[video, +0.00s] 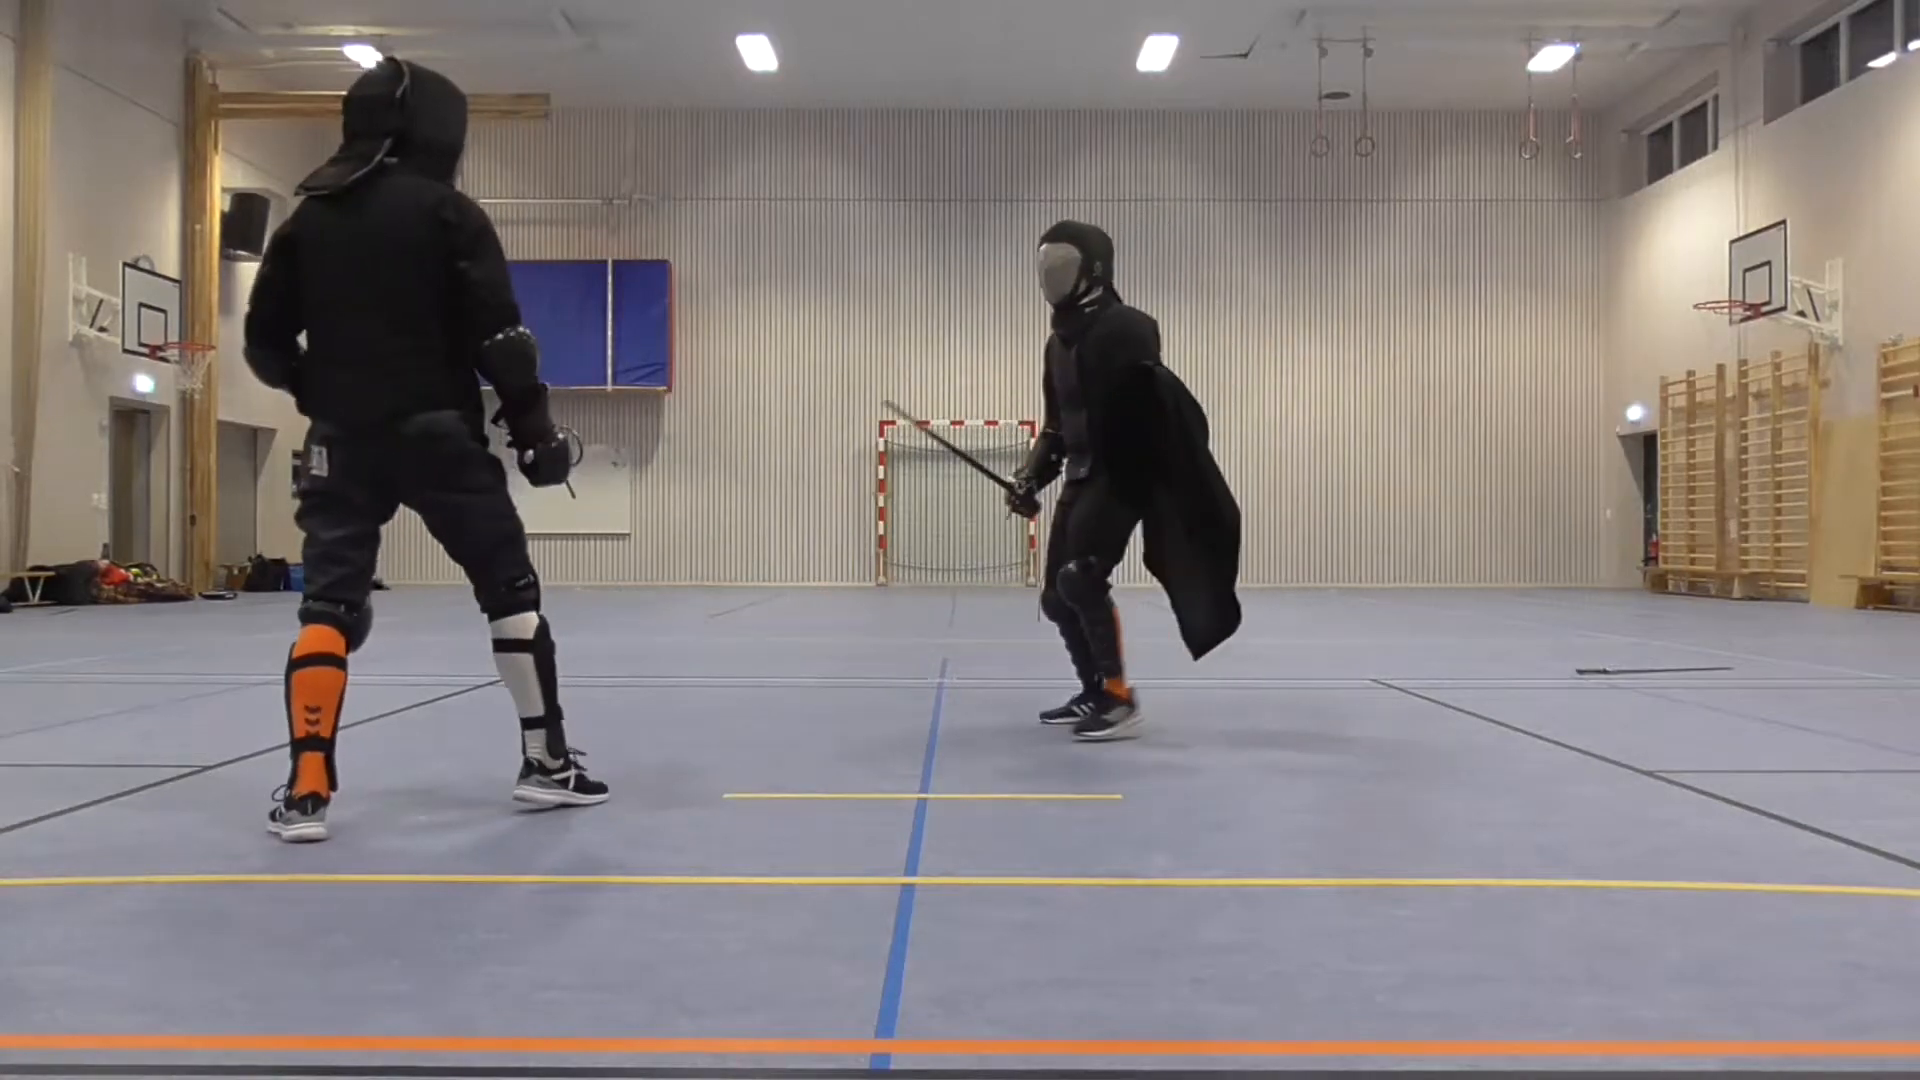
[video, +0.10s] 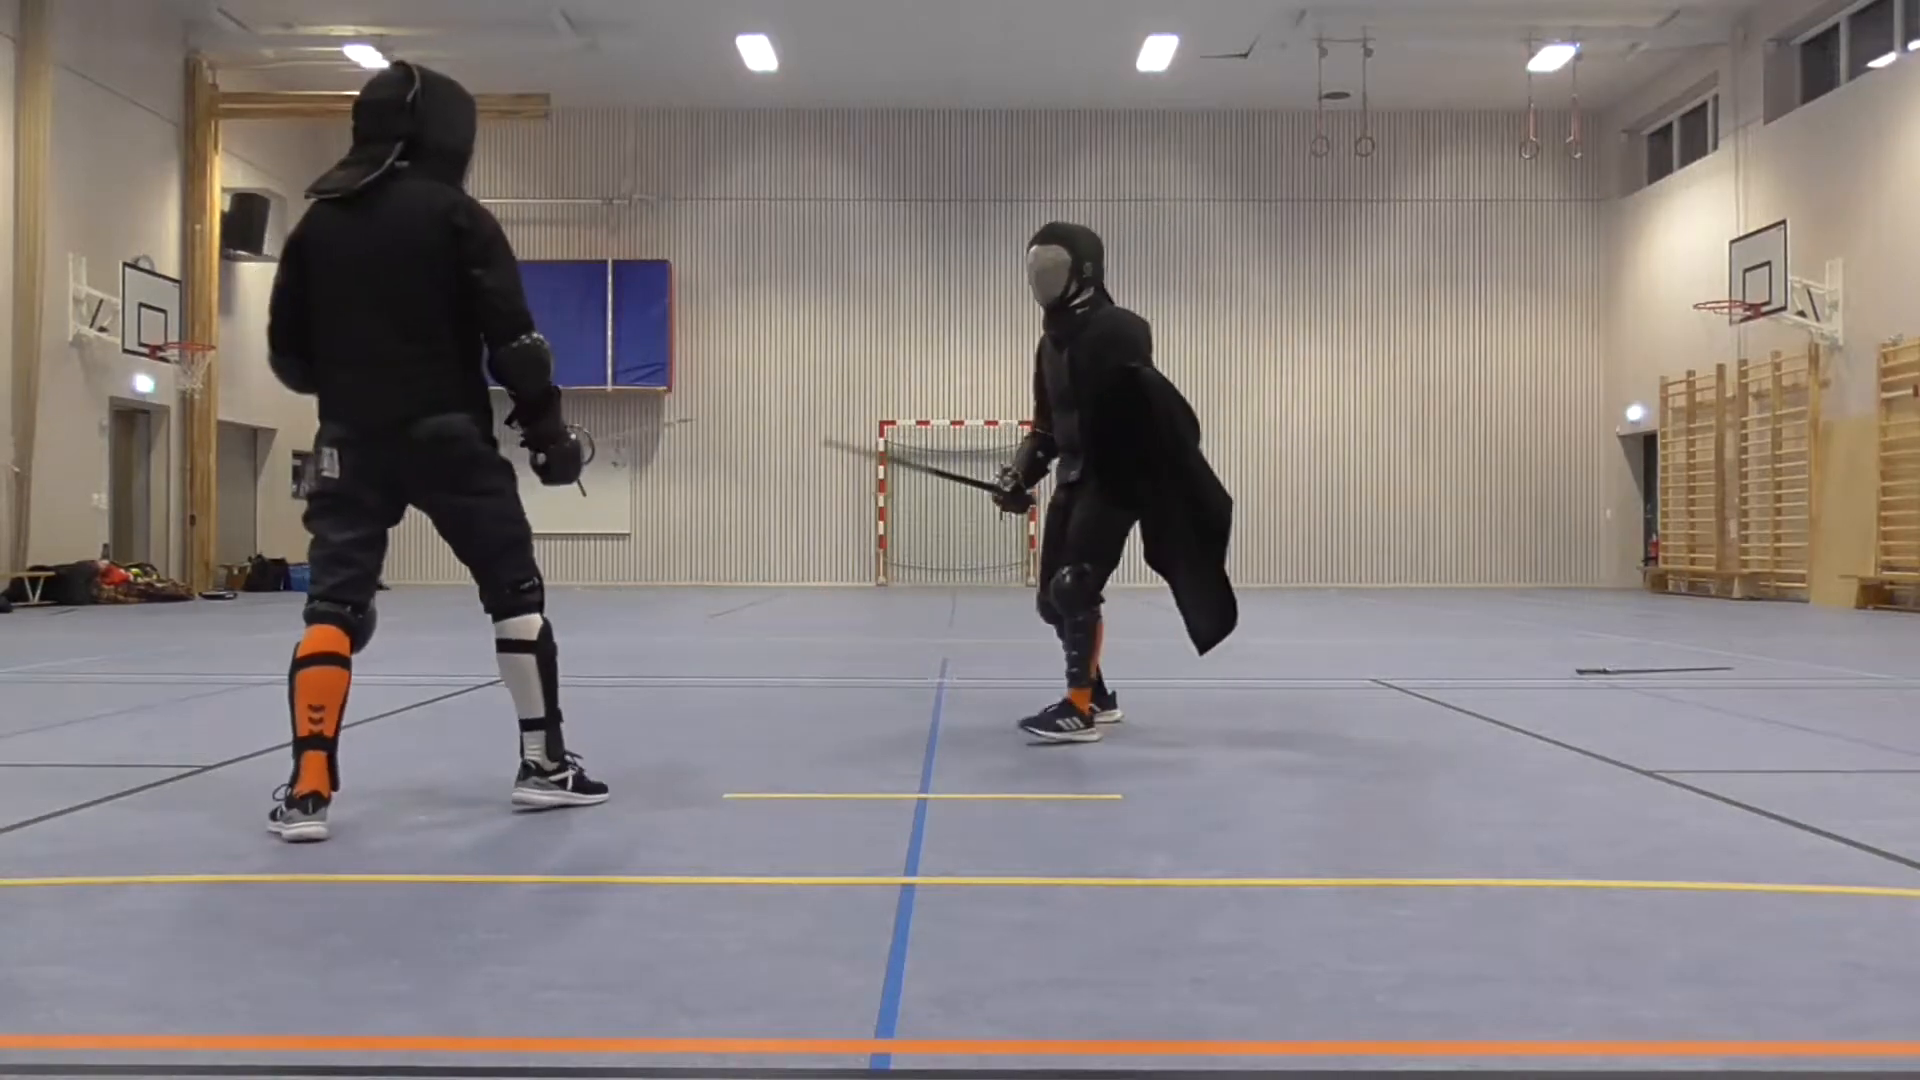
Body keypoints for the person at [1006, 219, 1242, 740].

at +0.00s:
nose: (1047, 277)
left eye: (1058, 266)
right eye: (1044, 267)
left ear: (1091, 269)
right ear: (1047, 270)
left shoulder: (1124, 330)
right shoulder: (1061, 340)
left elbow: (1141, 421)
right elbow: (1058, 425)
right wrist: (1032, 478)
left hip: (1121, 482)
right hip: (1080, 481)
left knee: (1081, 578)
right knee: (1058, 594)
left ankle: (1116, 697)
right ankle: (1094, 693)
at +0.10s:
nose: (1040, 280)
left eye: (1051, 268)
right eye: (1036, 269)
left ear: (1083, 270)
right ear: (1038, 272)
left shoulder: (1116, 332)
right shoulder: (1052, 340)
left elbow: (1136, 418)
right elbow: (1047, 423)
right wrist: (1021, 476)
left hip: (1114, 483)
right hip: (1072, 482)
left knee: (1075, 584)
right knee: (1055, 595)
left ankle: (1080, 706)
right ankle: (1096, 692)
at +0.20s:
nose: (1034, 280)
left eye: (1045, 269)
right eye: (1031, 269)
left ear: (1079, 270)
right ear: (1034, 272)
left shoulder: (1113, 332)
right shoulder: (1050, 341)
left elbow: (1142, 418)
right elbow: (1040, 422)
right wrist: (1012, 468)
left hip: (1104, 486)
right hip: (1066, 484)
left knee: (1063, 588)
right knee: (1051, 594)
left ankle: (1073, 709)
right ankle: (1095, 693)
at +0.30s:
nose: (1031, 278)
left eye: (1043, 267)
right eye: (1028, 267)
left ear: (1076, 270)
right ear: (1027, 271)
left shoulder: (1112, 333)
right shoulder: (1040, 342)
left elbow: (1140, 419)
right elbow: (1027, 420)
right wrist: (992, 465)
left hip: (1101, 486)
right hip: (1061, 484)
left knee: (1059, 590)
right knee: (1052, 594)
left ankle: (1074, 710)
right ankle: (1093, 694)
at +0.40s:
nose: (1031, 274)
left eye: (1043, 263)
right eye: (1026, 264)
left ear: (1074, 267)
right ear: (1020, 267)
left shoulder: (1114, 331)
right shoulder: (1028, 339)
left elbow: (1140, 419)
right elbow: (996, 413)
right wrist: (950, 447)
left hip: (1104, 485)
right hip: (1059, 484)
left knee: (1061, 589)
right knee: (1058, 590)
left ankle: (1074, 709)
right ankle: (1094, 693)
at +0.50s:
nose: (1029, 274)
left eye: (1042, 263)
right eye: (1022, 264)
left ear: (1071, 266)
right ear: (1015, 267)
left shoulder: (1110, 330)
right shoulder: (1022, 335)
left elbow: (1140, 412)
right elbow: (974, 392)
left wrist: (1123, 472)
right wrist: (923, 413)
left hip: (1105, 485)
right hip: (1058, 485)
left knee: (1060, 590)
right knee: (1067, 586)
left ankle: (1073, 709)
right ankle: (1095, 690)